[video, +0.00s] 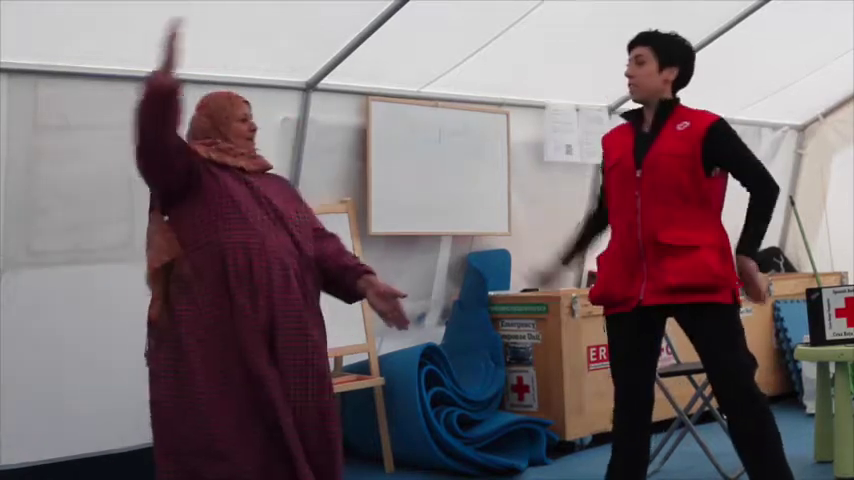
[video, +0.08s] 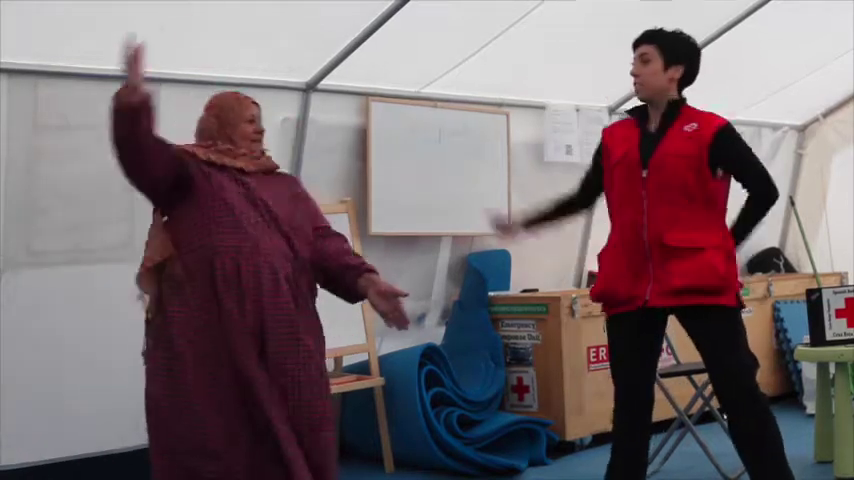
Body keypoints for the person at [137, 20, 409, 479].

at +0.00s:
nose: (253, 125)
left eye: (252, 118)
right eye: (243, 119)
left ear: (242, 129)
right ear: (211, 128)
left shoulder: (277, 187)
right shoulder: (187, 174)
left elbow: (317, 243)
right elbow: (157, 146)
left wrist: (364, 283)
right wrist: (162, 88)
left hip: (289, 347)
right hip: (211, 350)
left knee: (300, 451)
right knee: (218, 454)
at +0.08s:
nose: (260, 129)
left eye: (260, 121)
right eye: (250, 121)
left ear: (260, 129)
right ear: (218, 130)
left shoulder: (287, 188)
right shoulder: (187, 174)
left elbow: (322, 243)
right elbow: (145, 157)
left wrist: (363, 280)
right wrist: (133, 110)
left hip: (287, 350)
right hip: (204, 351)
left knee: (296, 453)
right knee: (210, 455)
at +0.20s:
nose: (269, 133)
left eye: (272, 125)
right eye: (260, 125)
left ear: (275, 129)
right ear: (229, 128)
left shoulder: (295, 189)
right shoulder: (186, 171)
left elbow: (324, 246)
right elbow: (139, 181)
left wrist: (358, 286)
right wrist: (110, 152)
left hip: (277, 343)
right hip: (192, 345)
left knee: (293, 449)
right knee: (196, 453)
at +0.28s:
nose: (273, 139)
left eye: (278, 130)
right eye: (263, 131)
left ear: (284, 131)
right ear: (232, 133)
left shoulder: (296, 193)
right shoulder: (186, 173)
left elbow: (322, 253)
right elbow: (140, 192)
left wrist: (347, 299)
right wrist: (110, 189)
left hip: (269, 350)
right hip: (186, 348)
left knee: (292, 448)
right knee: (190, 455)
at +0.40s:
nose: (280, 160)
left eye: (286, 149)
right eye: (270, 150)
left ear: (291, 148)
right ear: (238, 146)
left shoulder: (295, 204)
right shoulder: (186, 178)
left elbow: (309, 272)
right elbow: (135, 209)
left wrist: (325, 327)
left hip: (268, 348)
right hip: (187, 348)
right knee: (195, 445)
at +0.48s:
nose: (281, 180)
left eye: (287, 170)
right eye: (271, 171)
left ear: (295, 166)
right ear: (240, 163)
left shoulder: (295, 219)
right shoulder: (187, 184)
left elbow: (301, 290)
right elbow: (139, 227)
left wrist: (309, 347)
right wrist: (120, 287)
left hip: (260, 340)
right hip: (182, 335)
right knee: (187, 431)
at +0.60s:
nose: (254, 246)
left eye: (265, 238)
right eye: (248, 235)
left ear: (284, 218)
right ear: (225, 207)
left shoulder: (293, 252)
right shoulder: (183, 207)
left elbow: (287, 330)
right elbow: (137, 245)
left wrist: (288, 395)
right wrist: (113, 291)